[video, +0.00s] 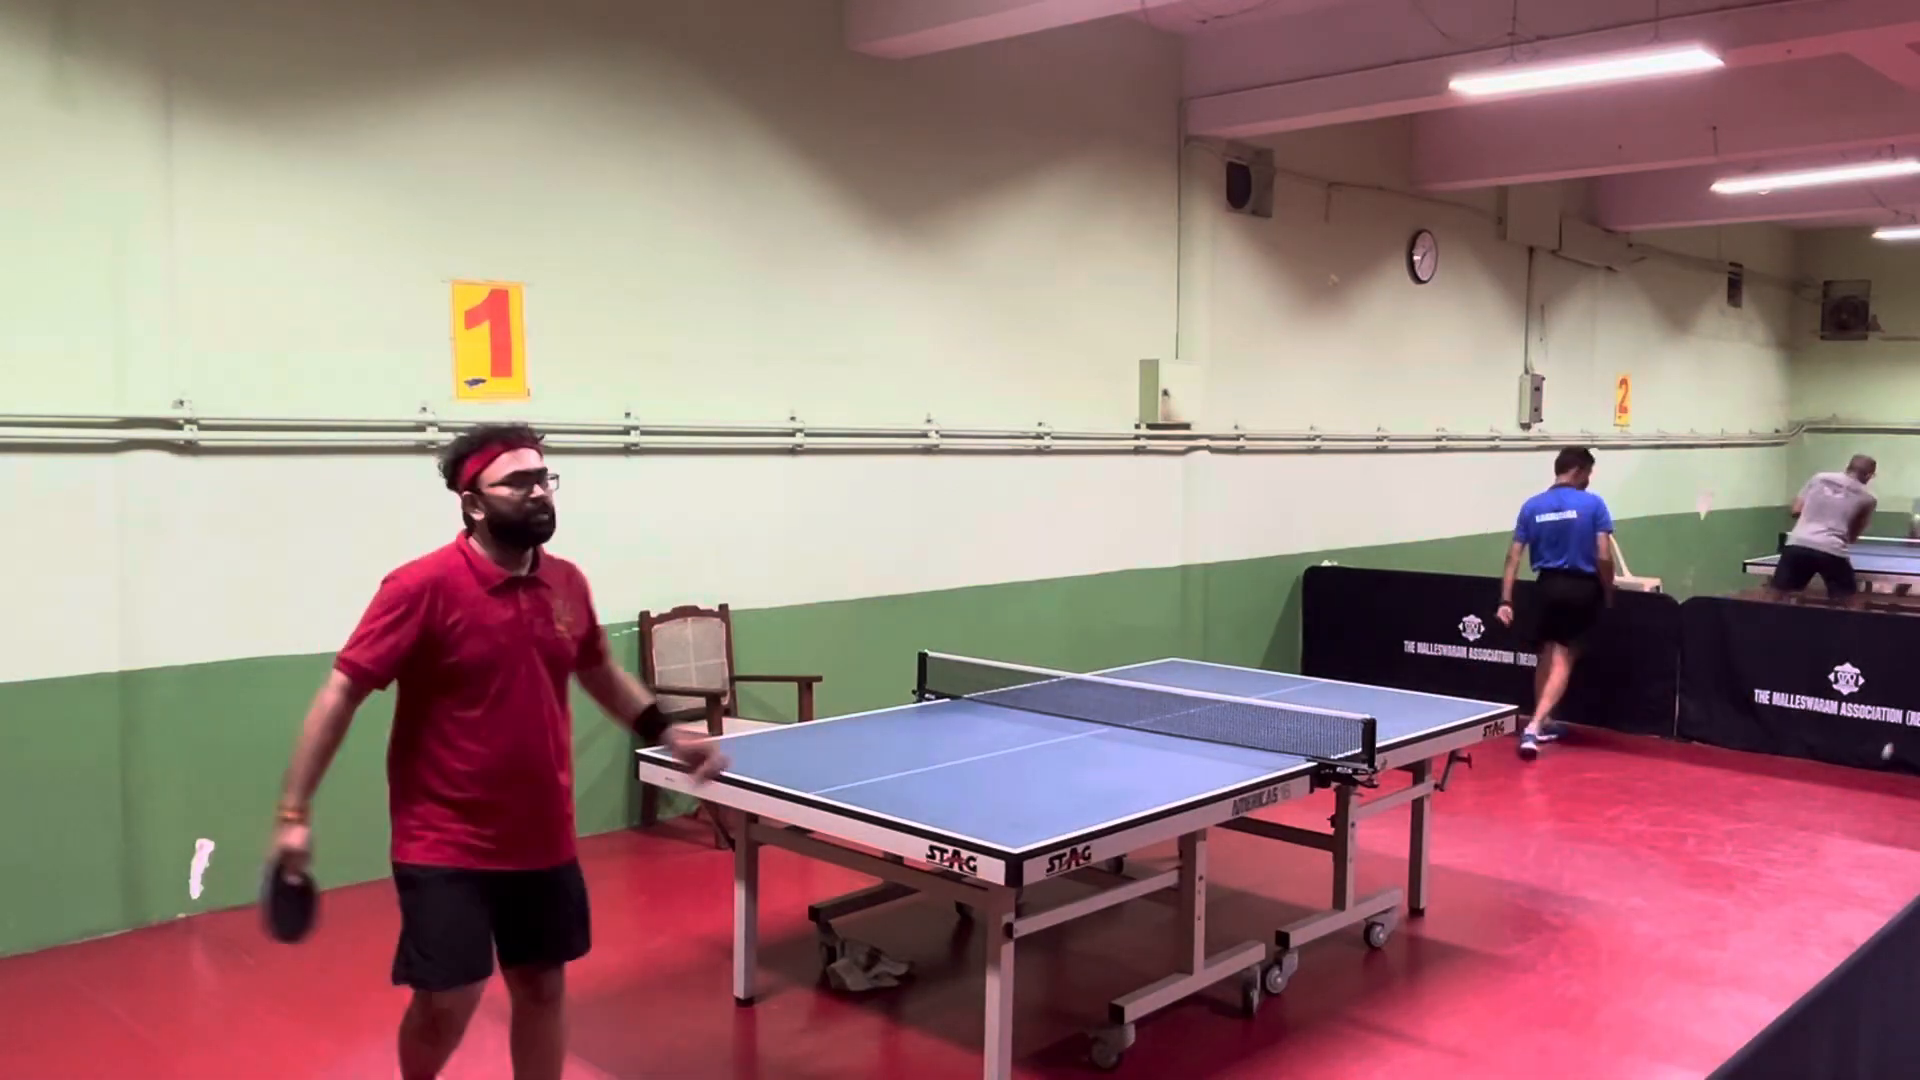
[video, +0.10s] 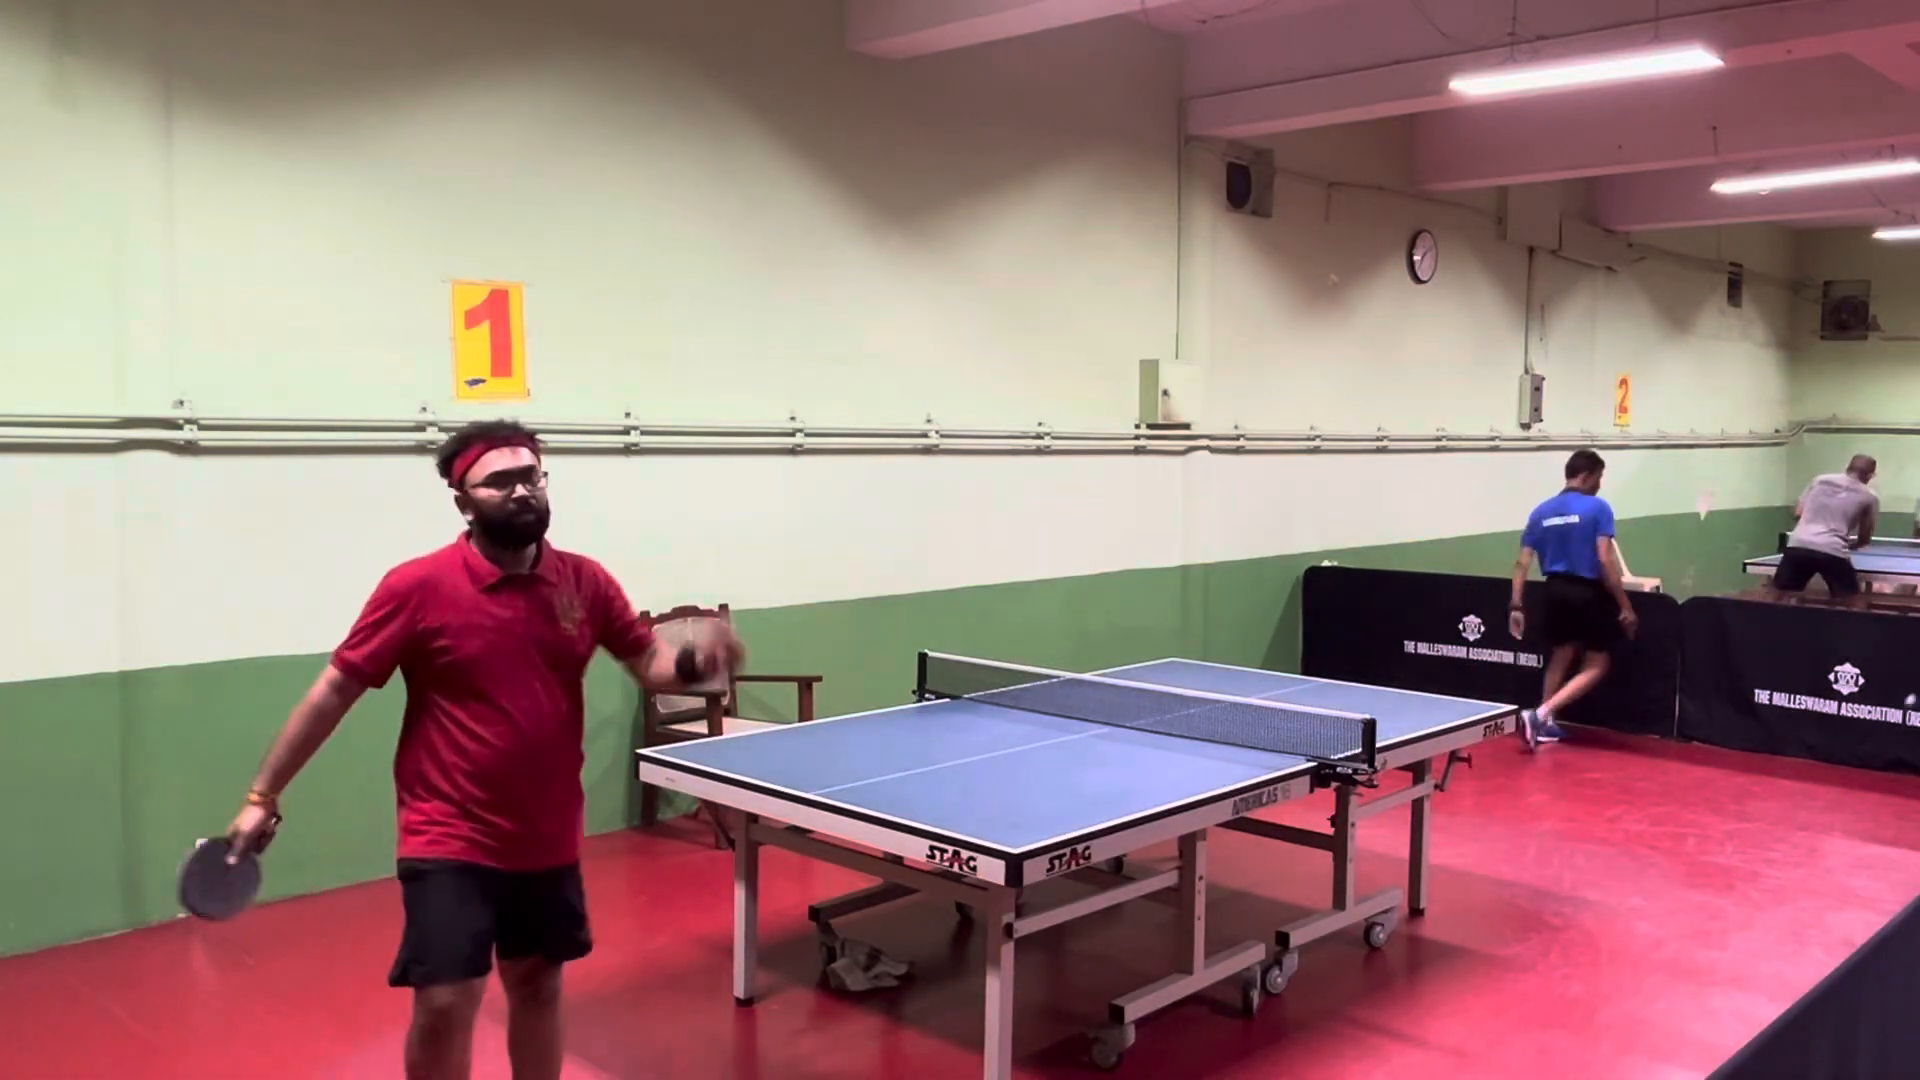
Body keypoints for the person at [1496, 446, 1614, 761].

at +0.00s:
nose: (1590, 480)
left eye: (1589, 474)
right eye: (1589, 474)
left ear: (1559, 472)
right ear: (1580, 472)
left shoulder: (1532, 505)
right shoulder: (1594, 503)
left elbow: (1514, 556)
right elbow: (1603, 555)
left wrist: (1505, 601)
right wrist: (1608, 589)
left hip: (1546, 587)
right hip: (1583, 587)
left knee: (1546, 655)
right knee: (1562, 657)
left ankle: (1541, 722)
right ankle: (1533, 727)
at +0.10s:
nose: (1600, 485)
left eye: (1600, 479)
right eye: (1598, 478)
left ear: (1570, 476)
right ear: (1586, 476)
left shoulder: (1541, 511)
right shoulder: (1598, 507)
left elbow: (1522, 562)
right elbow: (1605, 557)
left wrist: (1516, 605)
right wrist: (1625, 605)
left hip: (1554, 592)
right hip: (1589, 593)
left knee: (1562, 653)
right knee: (1597, 663)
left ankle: (1545, 722)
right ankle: (1540, 714)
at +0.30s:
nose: (1637, 482)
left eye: (1638, 476)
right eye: (1635, 475)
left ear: (1609, 470)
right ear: (1622, 471)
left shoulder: (1581, 499)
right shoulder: (1618, 502)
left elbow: (1570, 555)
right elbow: (1618, 555)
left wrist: (1574, 587)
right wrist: (1643, 596)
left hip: (1580, 583)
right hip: (1608, 585)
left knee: (1571, 650)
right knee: (1655, 651)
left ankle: (1545, 721)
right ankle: (1612, 716)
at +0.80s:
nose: (1782, 501)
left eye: (1786, 495)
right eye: (1782, 494)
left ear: (1764, 486)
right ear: (1765, 484)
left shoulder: (1749, 515)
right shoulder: (1727, 514)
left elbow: (1743, 571)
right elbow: (1708, 570)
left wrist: (1754, 612)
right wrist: (1717, 618)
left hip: (1733, 596)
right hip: (1715, 595)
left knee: (1730, 663)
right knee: (1736, 665)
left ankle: (1670, 709)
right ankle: (1714, 743)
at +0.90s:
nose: (1810, 501)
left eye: (1814, 496)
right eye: (1810, 494)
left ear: (1797, 486)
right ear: (1794, 483)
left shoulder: (1784, 516)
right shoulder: (1750, 512)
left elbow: (1781, 568)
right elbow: (1727, 567)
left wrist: (1793, 611)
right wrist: (1730, 615)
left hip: (1768, 598)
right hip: (1741, 598)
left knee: (1788, 662)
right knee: (1745, 675)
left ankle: (1747, 726)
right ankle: (1714, 742)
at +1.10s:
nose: (1880, 528)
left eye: (1884, 523)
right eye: (1881, 520)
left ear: (1876, 513)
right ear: (1869, 507)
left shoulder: (1859, 535)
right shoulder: (1820, 525)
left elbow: (1860, 587)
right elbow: (1777, 572)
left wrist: (1881, 637)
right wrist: (1769, 625)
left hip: (1830, 615)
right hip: (1794, 612)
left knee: (1871, 679)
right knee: (1771, 684)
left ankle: (1911, 754)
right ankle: (1718, 741)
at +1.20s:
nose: (1917, 540)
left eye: (1919, 535)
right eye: (1917, 533)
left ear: (1916, 534)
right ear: (1908, 527)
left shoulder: (1908, 561)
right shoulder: (1867, 541)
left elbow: (1906, 608)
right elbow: (1813, 581)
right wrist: (1797, 634)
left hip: (1867, 630)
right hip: (1827, 623)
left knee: (1912, 689)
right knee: (1791, 692)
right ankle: (1725, 737)